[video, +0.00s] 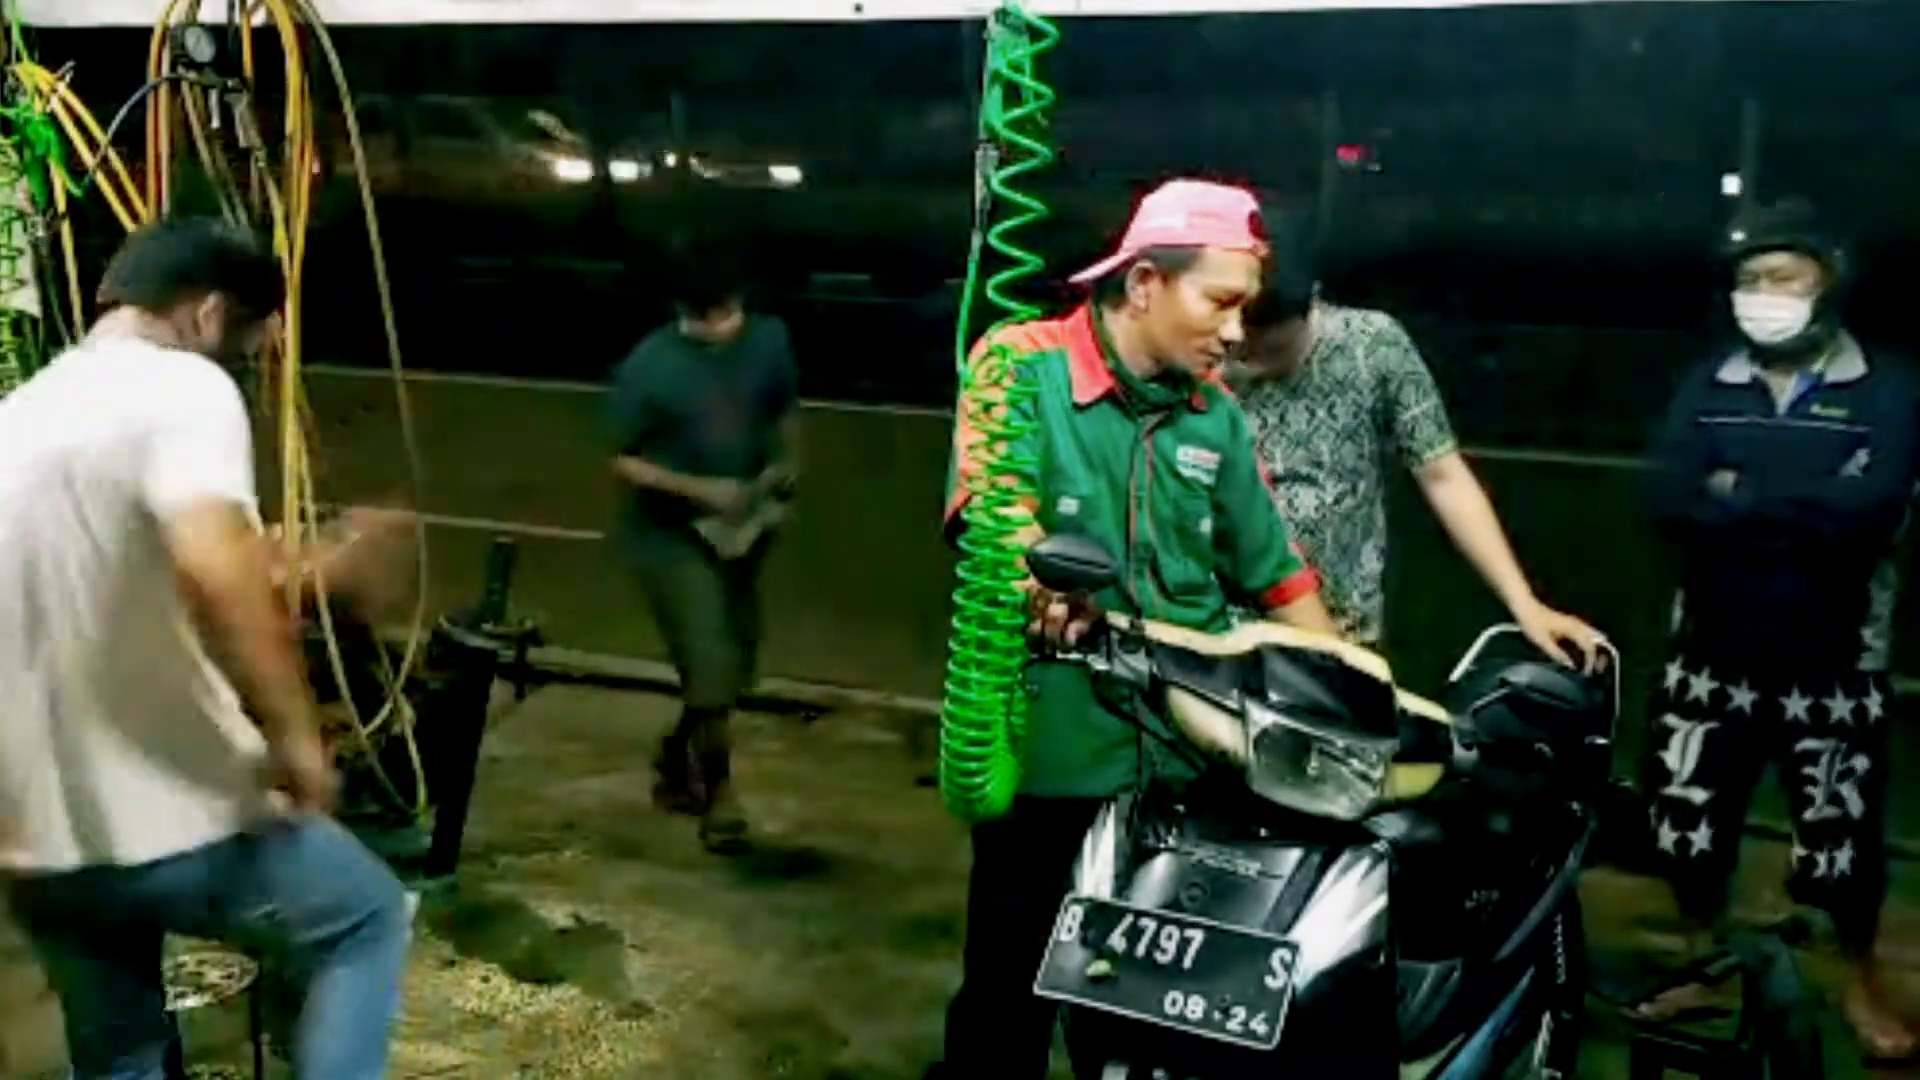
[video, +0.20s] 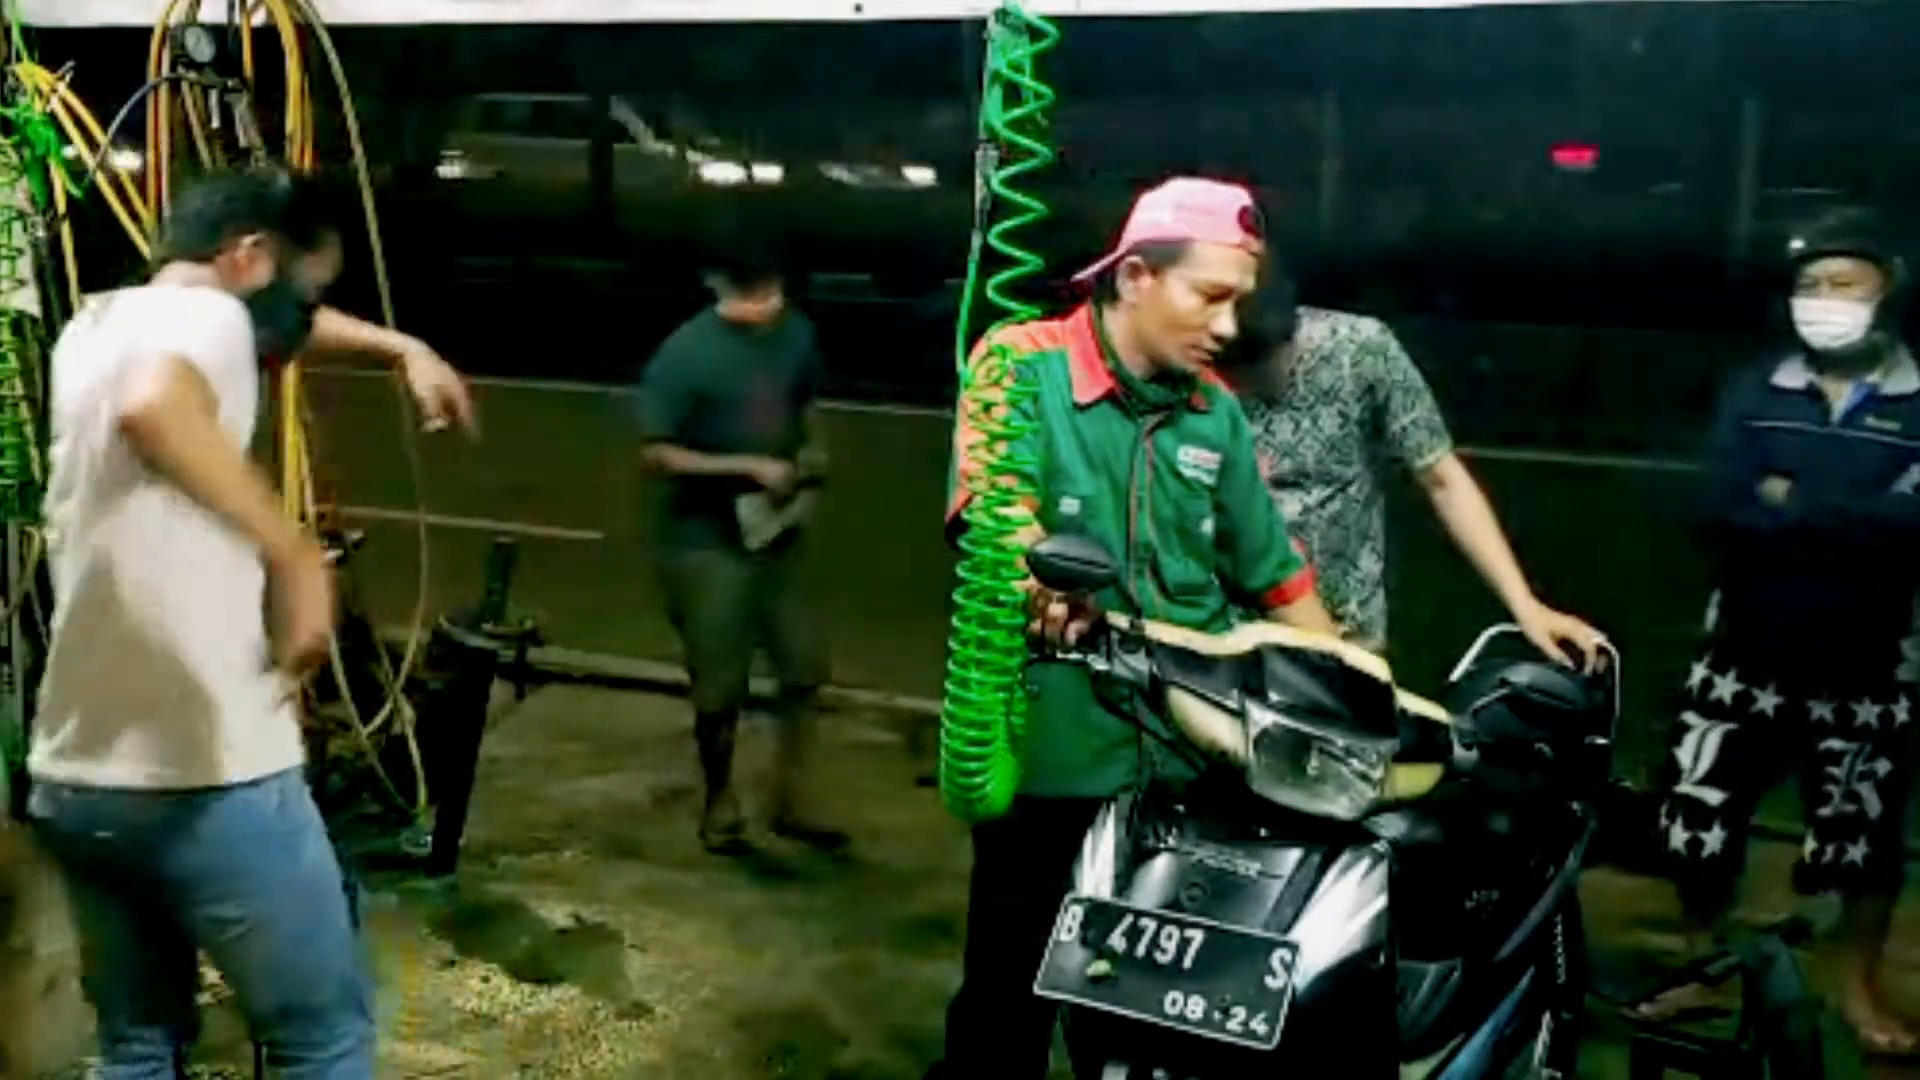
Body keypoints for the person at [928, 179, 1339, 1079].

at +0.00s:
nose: (1233, 329)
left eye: (1243, 310)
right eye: (1220, 302)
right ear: (1146, 283)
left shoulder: (1217, 420)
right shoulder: (1019, 366)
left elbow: (1283, 581)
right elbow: (987, 505)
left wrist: (1342, 696)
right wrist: (1043, 592)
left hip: (1185, 761)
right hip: (1046, 758)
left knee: (1155, 1015)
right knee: (1005, 1014)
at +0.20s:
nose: (1227, 325)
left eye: (1237, 304)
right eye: (1212, 296)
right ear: (1136, 277)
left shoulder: (1218, 419)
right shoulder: (1018, 366)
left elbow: (1283, 585)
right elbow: (993, 509)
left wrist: (1349, 693)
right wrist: (1045, 594)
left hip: (1185, 762)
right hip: (1047, 758)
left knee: (1154, 1014)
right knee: (1005, 1011)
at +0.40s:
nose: (1221, 324)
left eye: (1234, 304)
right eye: (1205, 295)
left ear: (1244, 304)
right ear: (1129, 276)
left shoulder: (1216, 415)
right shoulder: (1018, 366)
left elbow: (1286, 585)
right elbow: (994, 509)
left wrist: (1344, 696)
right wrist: (1045, 593)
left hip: (1188, 761)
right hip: (1048, 759)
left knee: (1161, 1017)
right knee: (1006, 1015)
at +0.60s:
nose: (1219, 324)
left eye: (1232, 303)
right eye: (1203, 295)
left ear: (1242, 303)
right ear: (1125, 277)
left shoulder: (1218, 417)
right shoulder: (1019, 367)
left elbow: (1287, 586)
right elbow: (994, 511)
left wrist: (1342, 703)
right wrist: (1045, 596)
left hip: (1187, 762)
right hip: (1047, 760)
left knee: (1159, 1016)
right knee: (1006, 1015)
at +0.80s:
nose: (1212, 322)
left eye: (1228, 303)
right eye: (1196, 292)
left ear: (1237, 304)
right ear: (1120, 276)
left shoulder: (1220, 415)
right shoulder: (1019, 369)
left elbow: (1284, 585)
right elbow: (993, 518)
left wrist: (1348, 702)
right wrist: (1043, 600)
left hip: (1187, 761)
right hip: (1047, 760)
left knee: (1160, 1012)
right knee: (1007, 1014)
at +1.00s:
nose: (1196, 315)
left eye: (1217, 294)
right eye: (1175, 283)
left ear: (1231, 302)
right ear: (1108, 272)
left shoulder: (1222, 417)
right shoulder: (1019, 369)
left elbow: (1286, 586)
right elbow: (988, 514)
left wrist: (1346, 704)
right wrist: (1042, 598)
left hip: (1189, 757)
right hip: (1049, 752)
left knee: (1164, 1010)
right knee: (1009, 1010)